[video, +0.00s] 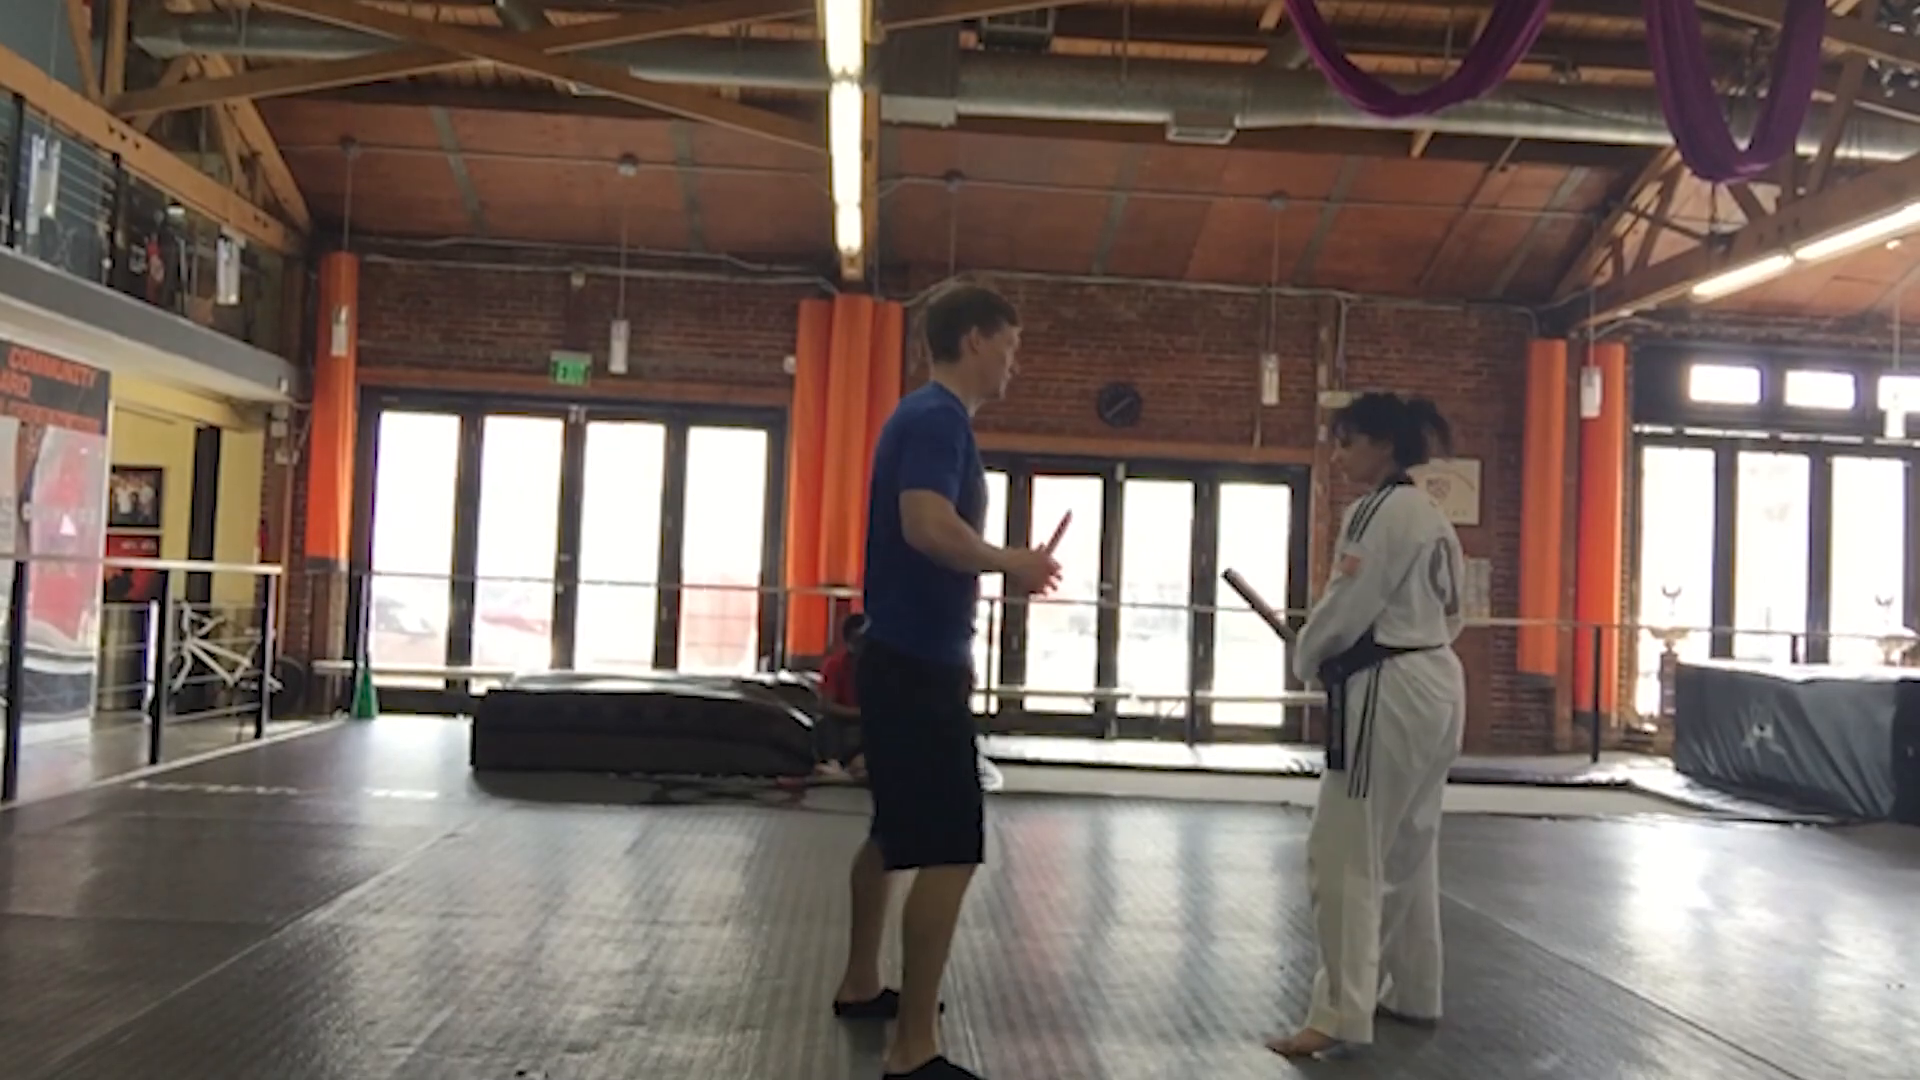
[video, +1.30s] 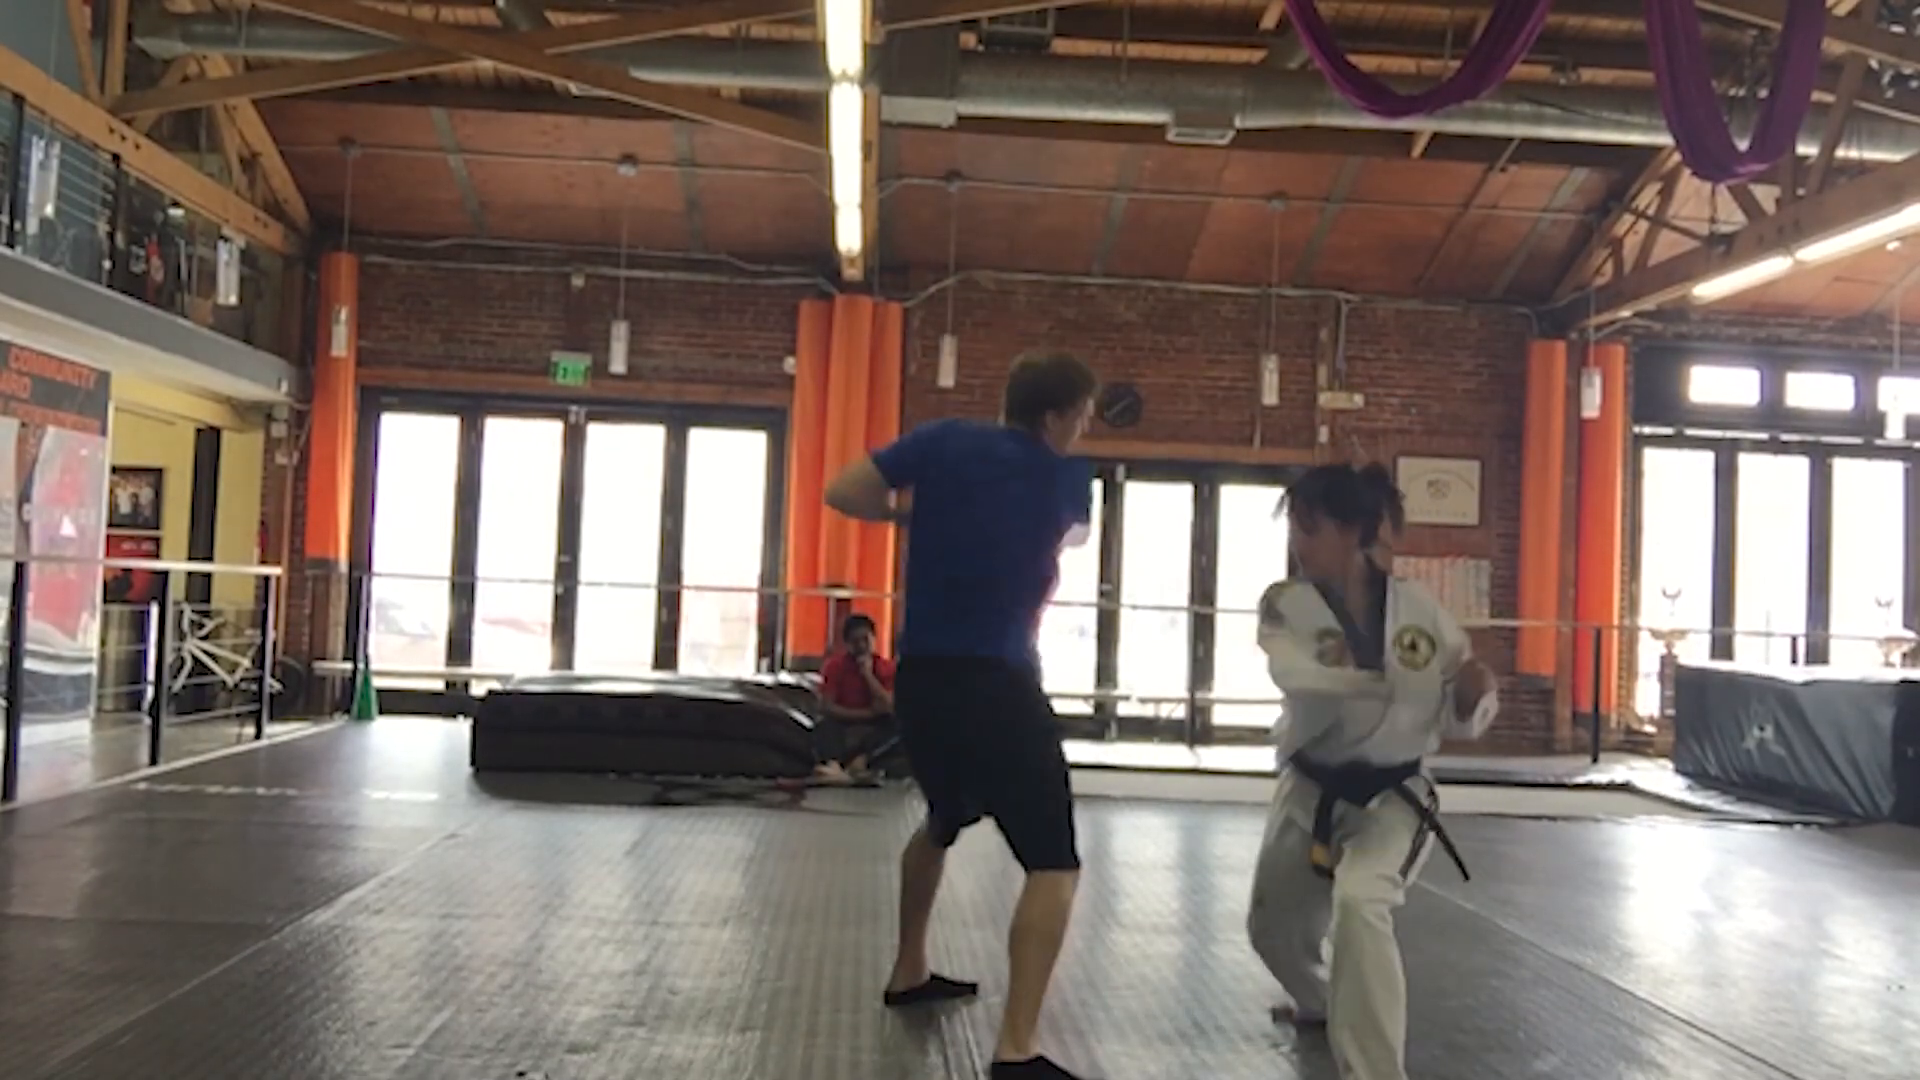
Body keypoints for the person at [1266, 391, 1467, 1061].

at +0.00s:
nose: (1339, 454)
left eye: (1350, 442)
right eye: (1338, 442)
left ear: (1386, 446)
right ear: (1389, 452)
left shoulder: (1388, 511)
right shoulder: (1422, 510)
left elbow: (1348, 608)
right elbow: (1433, 610)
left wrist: (1305, 653)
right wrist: (1311, 621)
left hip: (1393, 685)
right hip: (1434, 681)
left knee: (1342, 849)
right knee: (1410, 849)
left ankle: (1340, 1016)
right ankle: (1414, 996)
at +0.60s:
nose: (1340, 492)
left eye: (1351, 481)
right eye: (1343, 480)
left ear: (1384, 486)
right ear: (1410, 493)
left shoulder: (1367, 532)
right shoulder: (1451, 551)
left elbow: (1271, 598)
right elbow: (1457, 635)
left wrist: (1236, 650)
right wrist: (1372, 670)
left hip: (1414, 702)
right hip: (1476, 707)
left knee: (1313, 846)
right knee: (1411, 867)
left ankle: (1332, 1011)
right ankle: (1415, 1001)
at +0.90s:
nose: (1314, 527)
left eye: (1324, 514)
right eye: (1316, 515)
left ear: (1361, 520)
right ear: (1373, 524)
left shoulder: (1351, 565)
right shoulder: (1398, 574)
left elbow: (1307, 593)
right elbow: (1429, 653)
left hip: (1395, 743)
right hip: (1430, 741)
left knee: (1333, 907)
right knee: (1366, 884)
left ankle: (1378, 1068)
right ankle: (1410, 999)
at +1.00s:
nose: (1303, 508)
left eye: (1315, 496)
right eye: (1303, 496)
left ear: (1357, 503)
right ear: (1328, 506)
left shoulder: (1393, 563)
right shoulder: (1327, 595)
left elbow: (1472, 618)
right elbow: (1266, 664)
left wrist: (1385, 658)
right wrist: (1190, 666)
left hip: (1410, 757)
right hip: (1356, 763)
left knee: (1335, 902)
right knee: (1308, 869)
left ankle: (1365, 1070)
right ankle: (1390, 968)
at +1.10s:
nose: (1293, 503)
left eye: (1306, 491)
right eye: (1294, 490)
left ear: (1348, 503)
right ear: (1324, 505)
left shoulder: (1429, 579)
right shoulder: (1279, 598)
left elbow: (1505, 646)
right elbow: (1180, 634)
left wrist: (1444, 663)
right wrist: (1078, 632)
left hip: (1425, 759)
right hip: (1351, 765)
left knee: (1347, 901)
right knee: (1284, 870)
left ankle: (1365, 1070)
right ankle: (1339, 990)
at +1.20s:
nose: (1293, 522)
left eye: (1305, 508)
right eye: (1293, 508)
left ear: (1350, 517)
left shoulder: (1424, 594)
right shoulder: (1281, 604)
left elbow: (1497, 662)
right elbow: (1213, 657)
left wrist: (1469, 696)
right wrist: (1160, 647)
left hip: (1412, 775)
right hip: (1327, 776)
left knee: (1355, 905)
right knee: (1273, 906)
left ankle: (1370, 1071)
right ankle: (1309, 1002)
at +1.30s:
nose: (1294, 543)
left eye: (1307, 529)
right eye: (1293, 528)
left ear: (1353, 533)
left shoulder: (1417, 609)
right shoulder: (1288, 603)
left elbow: (1462, 724)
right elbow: (1294, 676)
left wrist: (1475, 695)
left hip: (1394, 787)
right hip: (1309, 784)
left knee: (1361, 902)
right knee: (1273, 929)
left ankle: (1375, 1072)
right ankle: (1318, 1004)